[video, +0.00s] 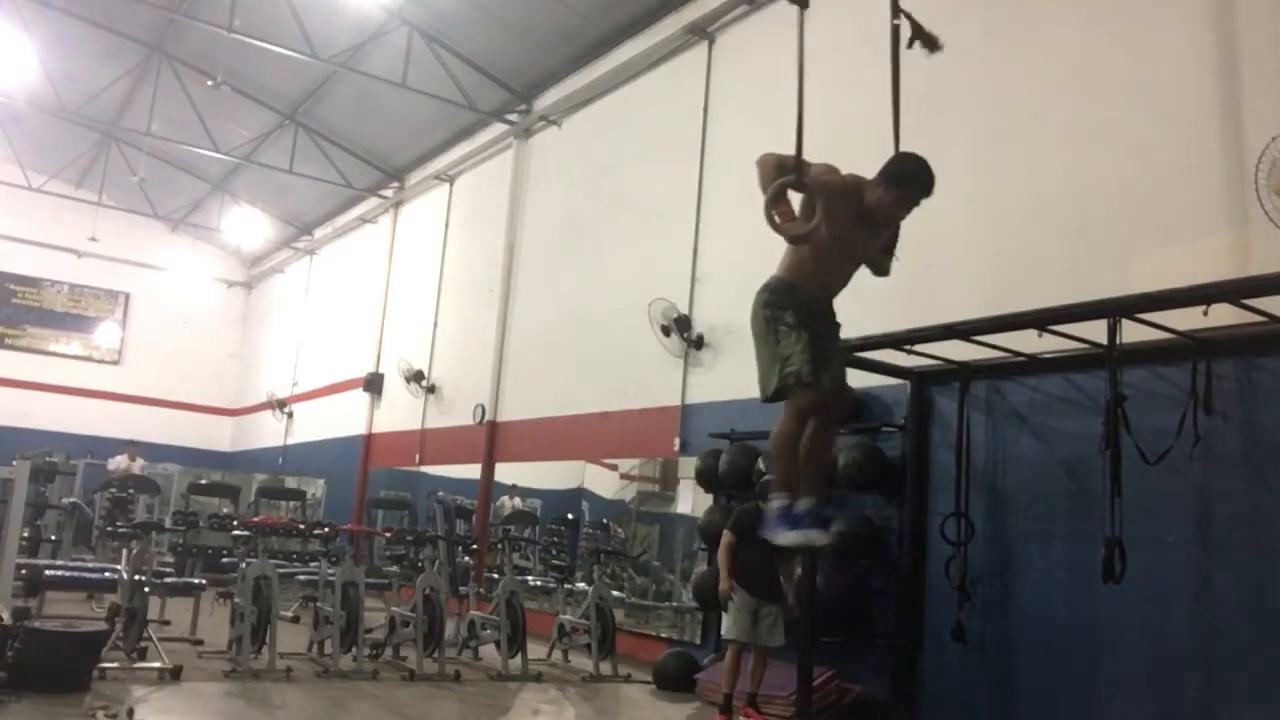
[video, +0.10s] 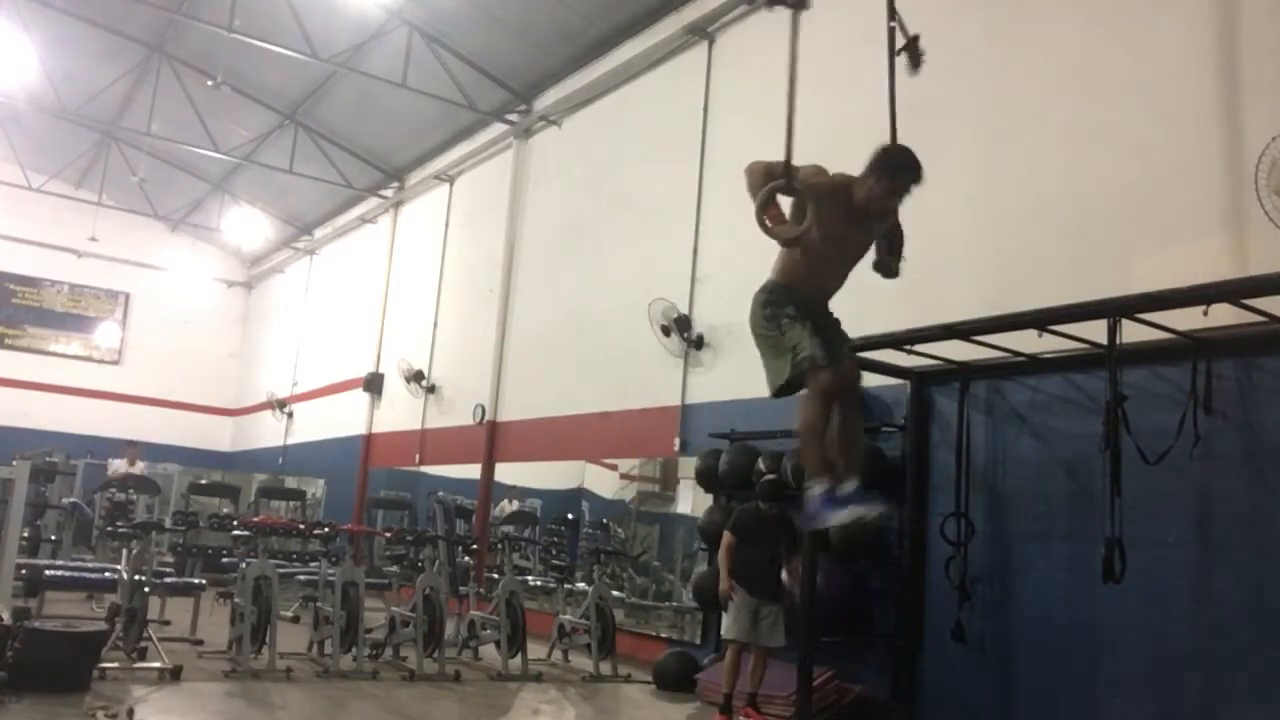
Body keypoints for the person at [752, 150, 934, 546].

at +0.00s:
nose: (899, 216)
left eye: (906, 210)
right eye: (898, 205)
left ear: (908, 204)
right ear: (882, 185)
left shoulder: (886, 224)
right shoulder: (835, 184)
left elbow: (881, 268)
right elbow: (770, 163)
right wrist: (780, 209)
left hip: (820, 311)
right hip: (782, 302)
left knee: (831, 408)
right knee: (802, 399)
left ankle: (808, 510)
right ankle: (778, 510)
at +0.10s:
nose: (894, 203)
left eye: (900, 197)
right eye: (891, 193)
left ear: (900, 193)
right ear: (871, 178)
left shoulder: (885, 218)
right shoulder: (824, 186)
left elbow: (886, 271)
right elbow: (757, 171)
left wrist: (890, 258)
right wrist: (774, 221)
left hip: (817, 310)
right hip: (779, 302)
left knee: (849, 384)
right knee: (823, 378)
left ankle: (848, 492)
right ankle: (817, 494)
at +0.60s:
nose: (777, 354)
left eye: (782, 346)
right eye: (768, 346)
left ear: (791, 349)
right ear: (751, 349)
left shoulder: (802, 377)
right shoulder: (739, 381)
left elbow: (834, 348)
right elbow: (714, 325)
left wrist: (826, 296)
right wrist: (728, 265)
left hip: (829, 467)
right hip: (790, 470)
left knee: (897, 440)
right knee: (869, 436)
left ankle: (987, 453)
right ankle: (972, 453)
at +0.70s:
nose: (788, 383)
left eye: (790, 375)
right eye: (778, 375)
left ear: (795, 376)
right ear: (756, 378)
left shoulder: (798, 408)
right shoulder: (740, 409)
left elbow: (805, 349)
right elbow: (735, 339)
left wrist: (806, 291)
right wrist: (737, 278)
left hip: (821, 503)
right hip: (784, 509)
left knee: (895, 515)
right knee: (866, 511)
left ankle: (986, 531)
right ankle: (976, 529)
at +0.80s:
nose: (800, 396)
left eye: (806, 388)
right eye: (791, 387)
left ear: (811, 392)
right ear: (769, 386)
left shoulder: (807, 425)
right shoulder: (752, 421)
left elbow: (815, 354)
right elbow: (754, 334)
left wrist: (813, 284)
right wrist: (756, 277)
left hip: (825, 543)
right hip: (784, 547)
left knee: (880, 602)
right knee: (859, 599)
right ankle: (958, 666)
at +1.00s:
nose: (859, 391)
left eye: (864, 382)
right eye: (849, 382)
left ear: (870, 383)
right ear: (822, 380)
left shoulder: (865, 414)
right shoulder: (798, 409)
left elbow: (875, 335)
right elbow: (803, 328)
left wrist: (874, 267)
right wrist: (805, 261)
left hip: (841, 564)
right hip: (792, 557)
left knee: (813, 675)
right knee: (763, 662)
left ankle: (762, 704)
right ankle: (714, 692)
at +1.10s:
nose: (879, 389)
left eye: (888, 380)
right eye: (872, 378)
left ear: (896, 382)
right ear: (849, 370)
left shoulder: (882, 406)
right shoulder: (820, 402)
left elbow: (897, 324)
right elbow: (824, 314)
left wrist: (899, 259)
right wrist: (827, 246)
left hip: (837, 560)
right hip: (792, 545)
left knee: (791, 633)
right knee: (733, 607)